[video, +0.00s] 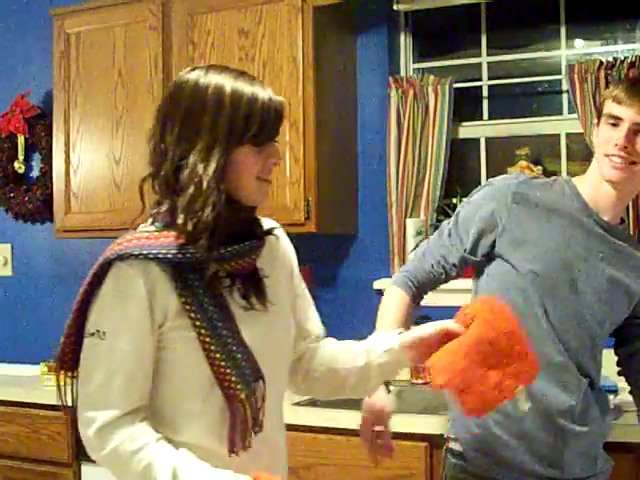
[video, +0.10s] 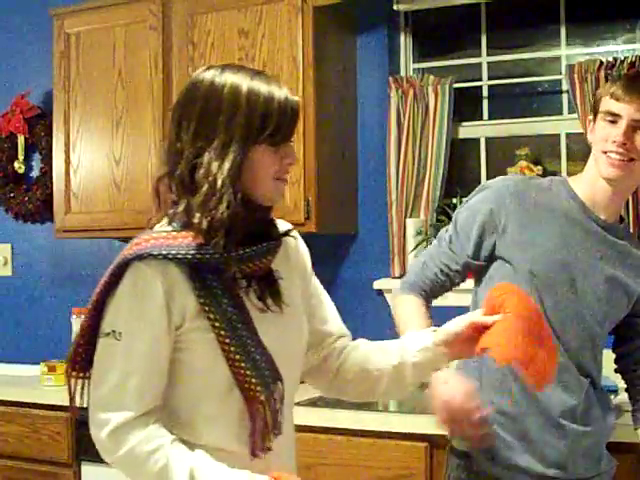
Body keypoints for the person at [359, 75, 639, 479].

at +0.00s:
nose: (624, 142)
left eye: (639, 131)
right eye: (614, 123)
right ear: (594, 129)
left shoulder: (632, 265)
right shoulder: (511, 199)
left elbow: (637, 374)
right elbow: (406, 284)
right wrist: (378, 384)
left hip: (579, 466)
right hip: (484, 459)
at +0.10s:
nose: (622, 139)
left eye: (637, 128)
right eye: (613, 121)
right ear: (590, 125)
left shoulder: (632, 261)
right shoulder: (509, 199)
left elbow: (635, 380)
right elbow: (408, 293)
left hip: (582, 462)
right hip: (490, 456)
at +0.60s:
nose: (626, 150)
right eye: (614, 130)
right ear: (582, 129)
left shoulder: (622, 265)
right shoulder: (513, 201)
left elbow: (626, 409)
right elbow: (430, 320)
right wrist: (559, 300)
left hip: (578, 466)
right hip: (484, 461)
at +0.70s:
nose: (611, 148)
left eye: (629, 135)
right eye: (600, 129)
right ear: (582, 132)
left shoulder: (627, 281)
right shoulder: (516, 201)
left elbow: (625, 426)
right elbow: (412, 311)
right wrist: (540, 320)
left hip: (570, 467)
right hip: (475, 461)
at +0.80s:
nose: (603, 147)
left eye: (624, 136)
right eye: (595, 129)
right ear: (582, 132)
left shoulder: (627, 281)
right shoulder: (513, 201)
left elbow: (628, 413)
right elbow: (392, 291)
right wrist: (506, 337)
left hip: (558, 466)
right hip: (464, 459)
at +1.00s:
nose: (591, 153)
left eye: (614, 143)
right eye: (584, 135)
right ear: (573, 139)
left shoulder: (614, 296)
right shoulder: (490, 203)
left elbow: (615, 428)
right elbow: (367, 255)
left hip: (527, 468)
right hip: (436, 459)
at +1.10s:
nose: (576, 159)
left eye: (599, 149)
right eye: (569, 142)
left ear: (630, 173)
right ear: (557, 149)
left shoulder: (594, 303)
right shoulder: (470, 206)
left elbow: (600, 438)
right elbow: (344, 264)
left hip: (498, 466)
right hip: (407, 453)